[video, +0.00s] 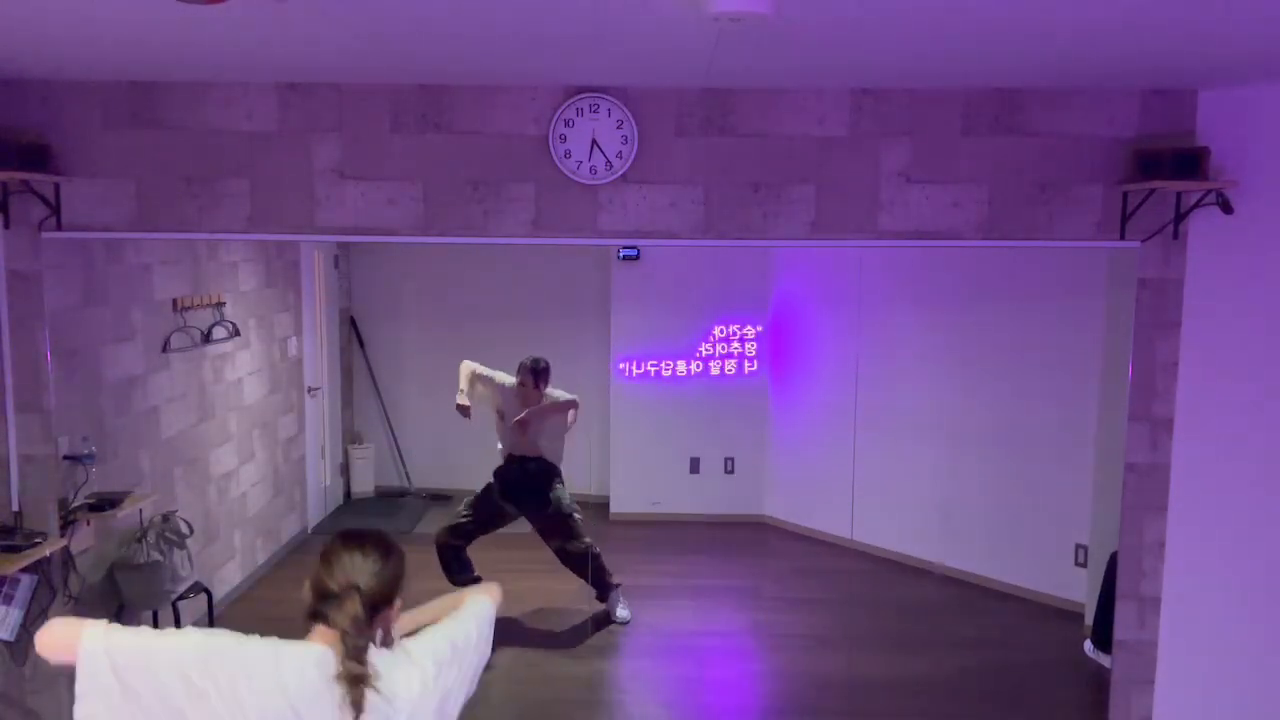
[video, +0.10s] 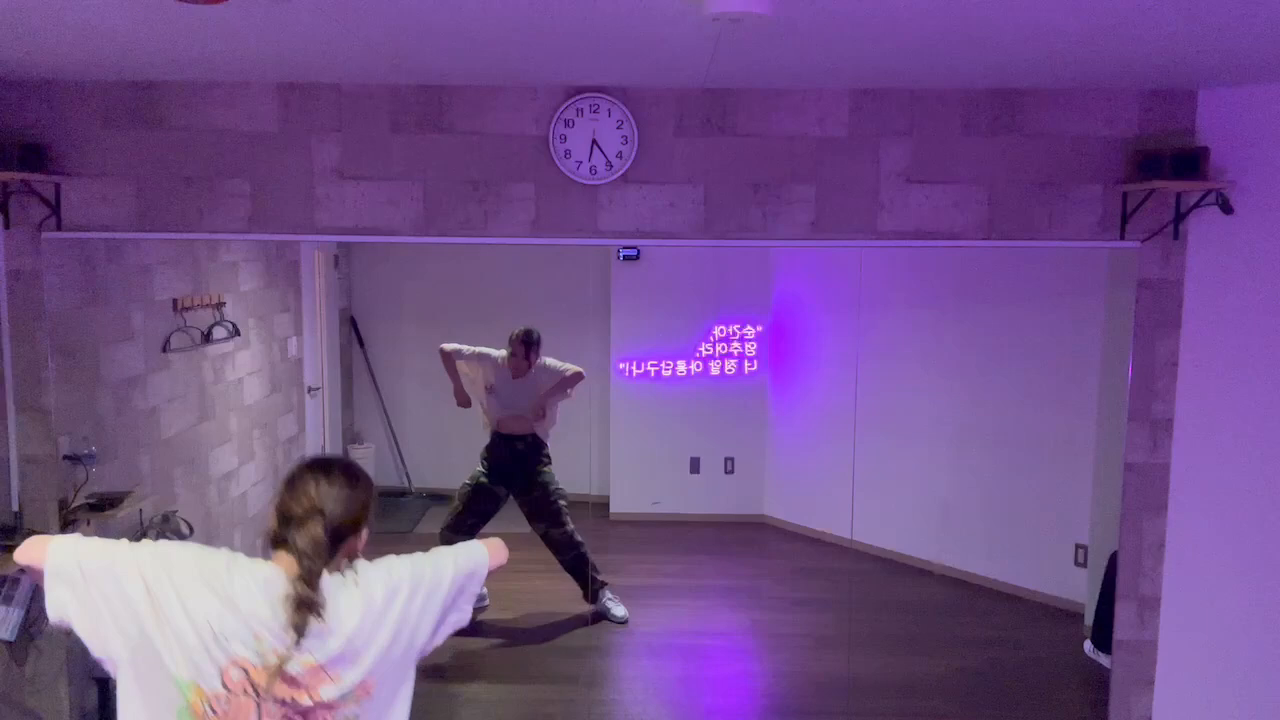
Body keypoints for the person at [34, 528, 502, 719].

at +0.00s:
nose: (393, 608)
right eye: (395, 597)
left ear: (311, 591)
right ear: (389, 611)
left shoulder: (228, 659)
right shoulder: (410, 679)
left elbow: (50, 641)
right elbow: (490, 593)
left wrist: (175, 652)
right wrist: (404, 625)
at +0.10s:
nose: (368, 538)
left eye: (368, 527)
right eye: (367, 529)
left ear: (278, 519)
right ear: (355, 539)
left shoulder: (192, 573)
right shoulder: (380, 593)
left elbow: (31, 552)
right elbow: (496, 552)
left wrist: (121, 568)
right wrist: (413, 575)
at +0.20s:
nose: (340, 476)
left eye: (338, 461)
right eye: (340, 463)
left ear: (243, 461)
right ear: (327, 478)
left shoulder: (161, 518)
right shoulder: (365, 533)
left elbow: (26, 562)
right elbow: (483, 571)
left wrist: (113, 631)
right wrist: (393, 646)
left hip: (152, 708)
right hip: (305, 712)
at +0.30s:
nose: (311, 442)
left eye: (308, 428)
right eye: (312, 433)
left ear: (210, 430)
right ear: (297, 445)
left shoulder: (144, 500)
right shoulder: (330, 514)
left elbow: (54, 617)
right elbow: (429, 641)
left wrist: (110, 702)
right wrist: (402, 710)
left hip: (151, 709)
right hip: (286, 712)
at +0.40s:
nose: (287, 446)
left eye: (287, 433)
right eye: (288, 434)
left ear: (183, 437)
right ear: (275, 446)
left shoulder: (117, 531)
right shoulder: (318, 543)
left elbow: (89, 695)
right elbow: (367, 704)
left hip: (153, 712)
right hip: (280, 711)